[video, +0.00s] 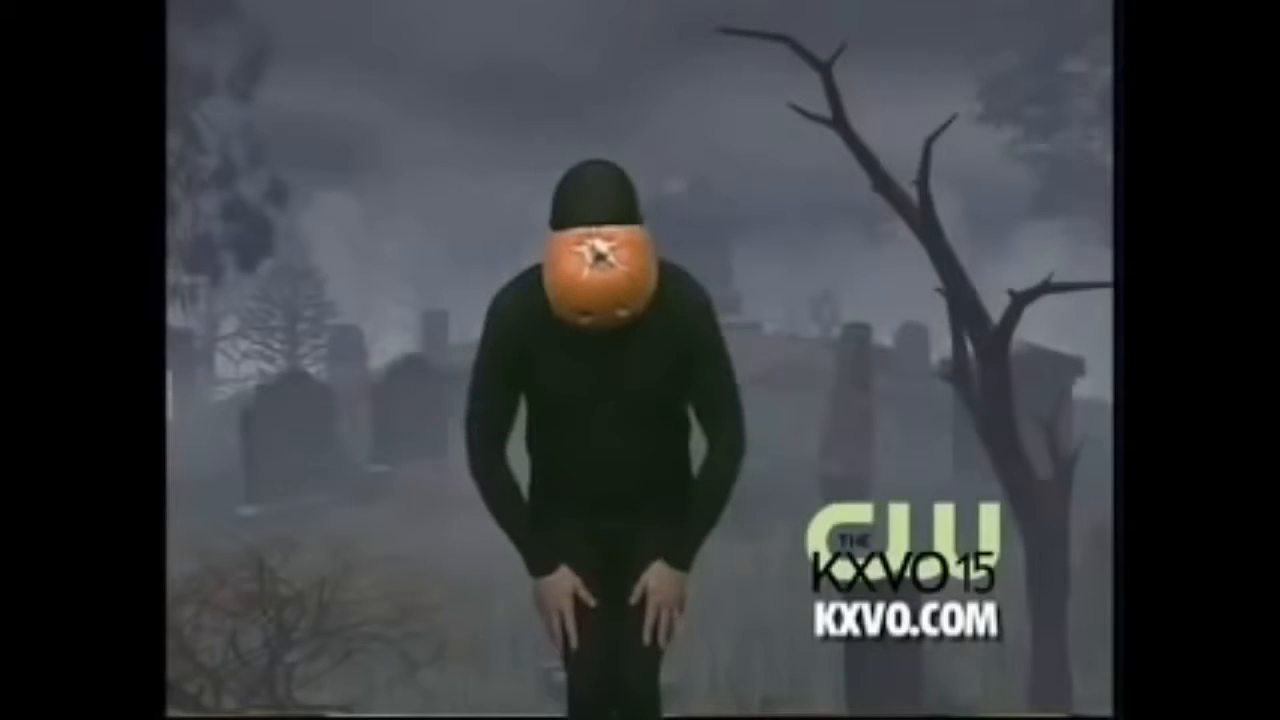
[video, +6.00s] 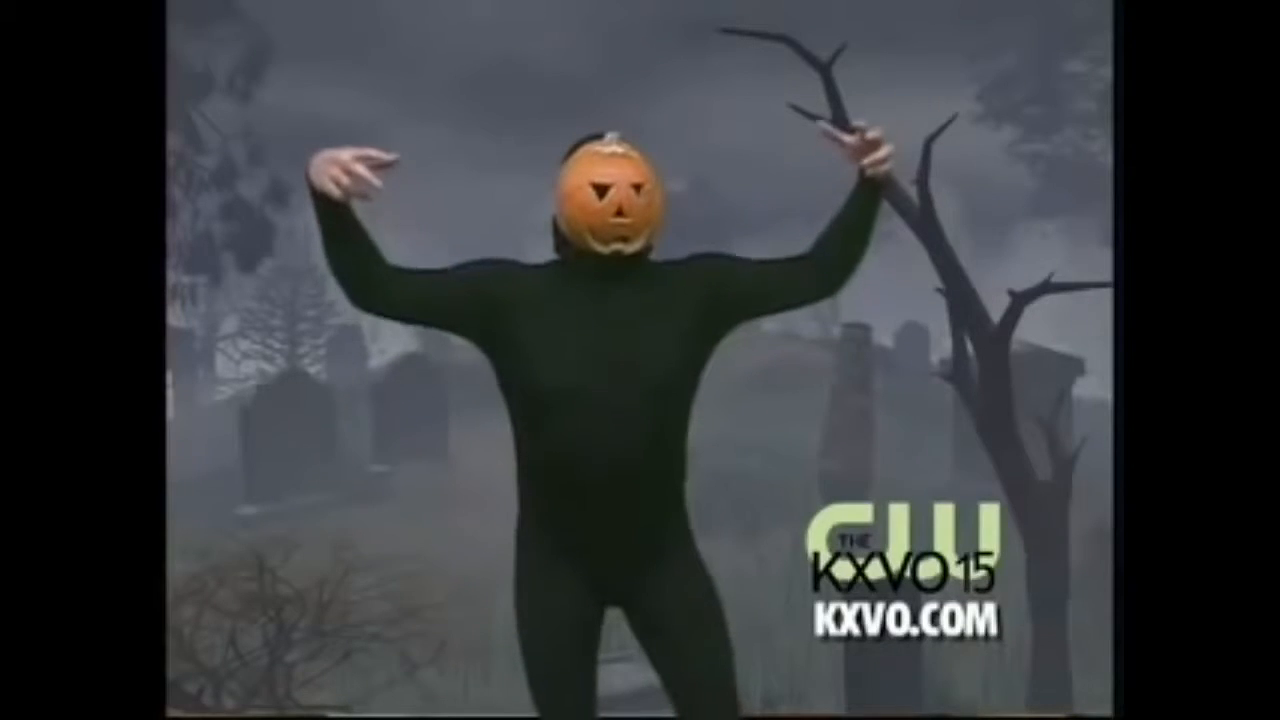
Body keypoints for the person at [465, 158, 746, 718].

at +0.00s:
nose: (598, 258)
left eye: (615, 243)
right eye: (581, 244)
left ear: (640, 239)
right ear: (555, 241)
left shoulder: (680, 303)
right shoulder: (519, 310)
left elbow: (727, 440)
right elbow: (485, 449)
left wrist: (677, 559)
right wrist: (542, 563)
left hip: (657, 507)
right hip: (564, 511)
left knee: (635, 681)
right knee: (588, 684)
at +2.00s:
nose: (604, 242)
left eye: (622, 223)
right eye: (587, 223)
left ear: (648, 226)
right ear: (560, 228)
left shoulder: (682, 292)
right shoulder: (526, 298)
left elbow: (775, 409)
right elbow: (456, 434)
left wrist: (693, 497)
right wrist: (536, 511)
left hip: (659, 534)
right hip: (564, 537)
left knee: (637, 696)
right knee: (589, 696)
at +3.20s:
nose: (613, 201)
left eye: (629, 189)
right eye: (597, 189)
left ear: (658, 207)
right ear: (566, 207)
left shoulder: (690, 299)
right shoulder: (529, 302)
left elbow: (780, 417)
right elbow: (457, 436)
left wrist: (734, 423)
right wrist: (494, 432)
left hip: (659, 524)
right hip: (564, 526)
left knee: (640, 695)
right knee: (590, 694)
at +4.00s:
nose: (614, 213)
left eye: (630, 187)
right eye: (591, 187)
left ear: (656, 206)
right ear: (562, 207)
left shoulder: (689, 302)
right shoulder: (521, 303)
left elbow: (791, 405)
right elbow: (413, 406)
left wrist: (783, 356)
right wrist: (442, 356)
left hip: (656, 533)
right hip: (560, 535)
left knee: (642, 700)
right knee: (582, 700)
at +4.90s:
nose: (615, 207)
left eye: (632, 194)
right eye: (595, 193)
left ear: (657, 209)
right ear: (559, 210)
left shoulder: (694, 300)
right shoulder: (507, 304)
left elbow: (817, 341)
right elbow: (380, 350)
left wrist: (835, 274)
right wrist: (378, 283)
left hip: (658, 544)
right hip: (556, 548)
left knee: (676, 704)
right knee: (574, 706)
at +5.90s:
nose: (617, 194)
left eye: (634, 183)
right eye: (596, 181)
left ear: (658, 209)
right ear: (560, 207)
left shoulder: (700, 292)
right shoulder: (504, 297)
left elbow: (822, 277)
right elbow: (373, 295)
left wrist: (869, 192)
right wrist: (327, 207)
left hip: (663, 556)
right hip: (553, 562)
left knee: (714, 711)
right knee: (566, 715)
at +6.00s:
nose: (617, 191)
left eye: (634, 181)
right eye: (595, 179)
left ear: (657, 209)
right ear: (559, 209)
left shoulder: (701, 289)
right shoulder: (503, 294)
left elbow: (821, 271)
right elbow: (373, 286)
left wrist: (869, 186)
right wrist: (328, 198)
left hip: (663, 556)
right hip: (553, 561)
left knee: (716, 709)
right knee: (563, 712)